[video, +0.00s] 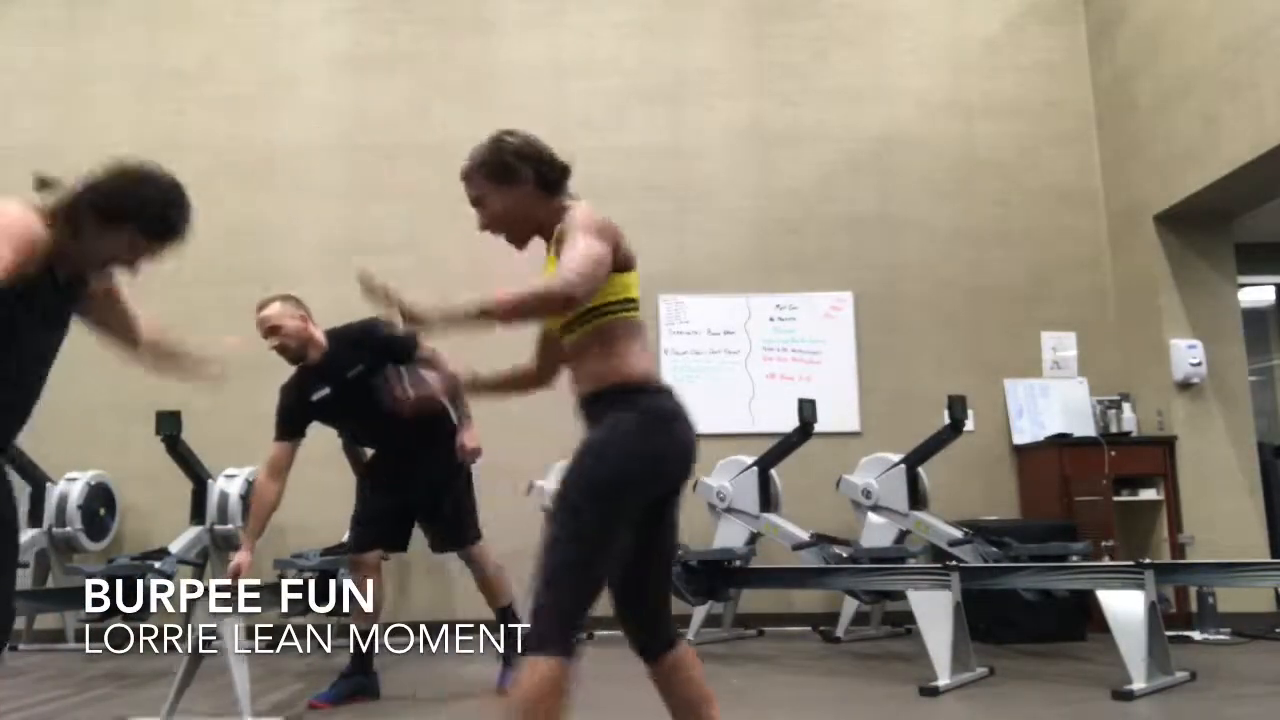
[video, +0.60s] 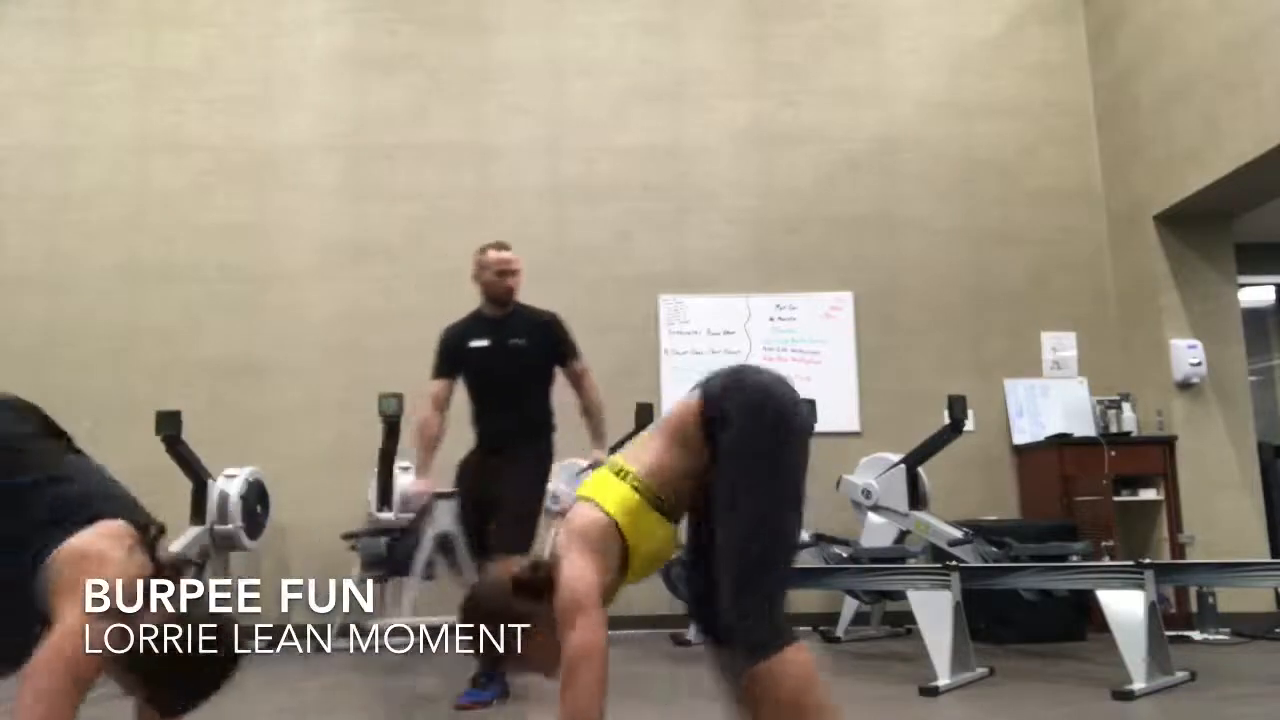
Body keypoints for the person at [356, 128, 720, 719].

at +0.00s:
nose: (480, 221)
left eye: (482, 202)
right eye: (475, 207)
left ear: (521, 185)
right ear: (521, 189)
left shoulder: (584, 224)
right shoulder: (559, 262)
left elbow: (571, 288)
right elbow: (539, 372)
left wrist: (440, 315)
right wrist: (457, 380)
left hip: (635, 427)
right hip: (632, 431)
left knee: (552, 623)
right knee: (649, 623)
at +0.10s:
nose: (480, 240)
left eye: (480, 222)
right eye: (473, 228)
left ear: (513, 197)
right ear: (514, 202)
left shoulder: (581, 229)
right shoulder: (558, 267)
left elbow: (571, 327)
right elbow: (566, 396)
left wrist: (487, 401)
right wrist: (502, 456)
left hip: (677, 415)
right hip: (663, 422)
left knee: (619, 613)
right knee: (674, 618)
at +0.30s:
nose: (461, 397)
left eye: (456, 383)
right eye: (451, 389)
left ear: (481, 354)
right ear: (488, 347)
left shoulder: (557, 361)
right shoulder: (550, 371)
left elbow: (557, 499)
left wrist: (519, 623)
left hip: (765, 437)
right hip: (724, 455)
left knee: (701, 625)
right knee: (656, 615)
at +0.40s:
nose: (465, 515)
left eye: (462, 499)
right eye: (456, 504)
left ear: (493, 471)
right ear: (497, 464)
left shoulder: (565, 466)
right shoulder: (556, 470)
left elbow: (565, 620)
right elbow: (560, 618)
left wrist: (541, 709)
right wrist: (542, 705)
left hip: (785, 478)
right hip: (740, 491)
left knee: (678, 642)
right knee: (641, 628)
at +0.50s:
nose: (495, 621)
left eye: (486, 605)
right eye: (479, 613)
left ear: (509, 564)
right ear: (512, 553)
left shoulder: (568, 542)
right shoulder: (558, 542)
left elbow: (568, 700)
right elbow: (569, 694)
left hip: (779, 453)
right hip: (743, 468)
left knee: (688, 636)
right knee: (662, 626)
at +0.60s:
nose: (538, 670)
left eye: (523, 660)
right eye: (523, 666)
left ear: (528, 623)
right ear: (532, 606)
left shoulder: (578, 570)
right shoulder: (569, 566)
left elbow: (581, 703)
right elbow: (583, 698)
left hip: (754, 410)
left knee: (751, 625)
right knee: (723, 623)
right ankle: (769, 706)